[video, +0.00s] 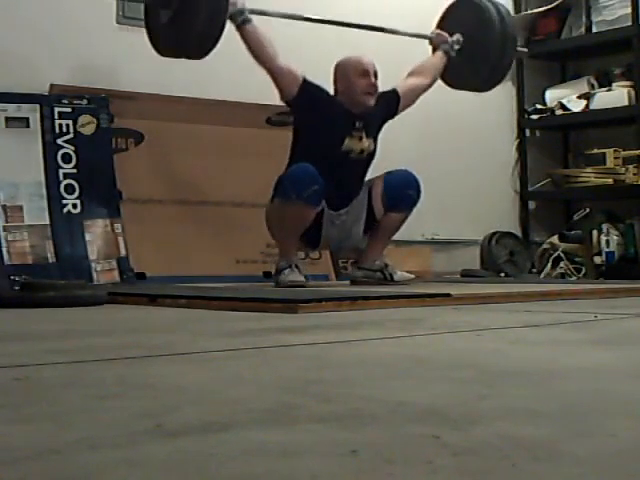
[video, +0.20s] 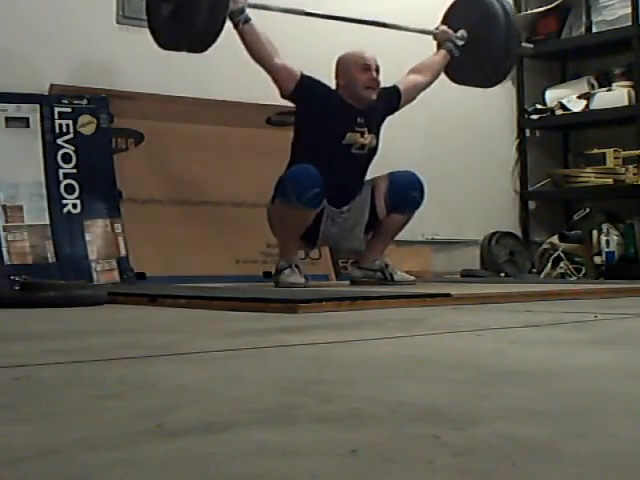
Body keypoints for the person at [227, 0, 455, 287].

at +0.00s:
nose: (373, 82)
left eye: (375, 77)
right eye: (364, 75)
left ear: (378, 83)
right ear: (340, 83)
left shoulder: (377, 112)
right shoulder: (312, 103)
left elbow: (420, 80)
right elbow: (272, 63)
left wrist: (444, 50)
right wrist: (240, 17)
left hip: (350, 220)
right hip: (305, 218)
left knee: (405, 184)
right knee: (303, 178)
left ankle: (370, 264)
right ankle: (287, 264)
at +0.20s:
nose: (375, 77)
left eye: (377, 71)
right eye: (366, 69)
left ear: (379, 79)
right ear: (341, 77)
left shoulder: (380, 107)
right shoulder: (314, 96)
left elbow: (420, 77)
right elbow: (272, 62)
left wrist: (448, 49)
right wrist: (239, 16)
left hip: (351, 216)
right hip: (305, 213)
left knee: (409, 186)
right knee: (303, 178)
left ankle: (369, 264)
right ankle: (288, 263)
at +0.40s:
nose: (381, 70)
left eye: (383, 65)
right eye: (371, 64)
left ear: (385, 72)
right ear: (347, 73)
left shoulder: (386, 102)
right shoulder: (319, 92)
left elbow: (428, 72)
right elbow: (276, 57)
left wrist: (455, 43)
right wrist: (243, 12)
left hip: (353, 210)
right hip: (306, 207)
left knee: (413, 188)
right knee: (308, 180)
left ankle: (369, 263)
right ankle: (288, 263)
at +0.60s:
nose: (390, 60)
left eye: (391, 55)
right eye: (381, 54)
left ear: (393, 62)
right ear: (356, 61)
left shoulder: (391, 89)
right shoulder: (325, 78)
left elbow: (433, 60)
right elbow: (282, 45)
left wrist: (459, 31)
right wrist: (247, 5)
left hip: (347, 189)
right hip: (296, 184)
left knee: (409, 183)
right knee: (313, 174)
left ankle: (369, 263)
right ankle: (288, 263)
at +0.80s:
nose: (396, 40)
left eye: (398, 35)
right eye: (387, 33)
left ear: (400, 41)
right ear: (363, 39)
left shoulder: (397, 67)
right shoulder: (330, 56)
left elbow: (436, 39)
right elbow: (284, 21)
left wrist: (459, 11)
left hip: (346, 160)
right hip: (294, 149)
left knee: (407, 179)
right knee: (308, 165)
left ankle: (370, 263)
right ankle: (287, 262)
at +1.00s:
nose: (395, 14)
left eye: (397, 8)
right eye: (385, 7)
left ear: (399, 13)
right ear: (362, 13)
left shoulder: (393, 43)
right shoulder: (328, 30)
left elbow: (438, 13)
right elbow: (286, 2)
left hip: (346, 143)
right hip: (297, 130)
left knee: (407, 178)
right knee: (305, 163)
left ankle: (370, 263)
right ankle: (285, 262)